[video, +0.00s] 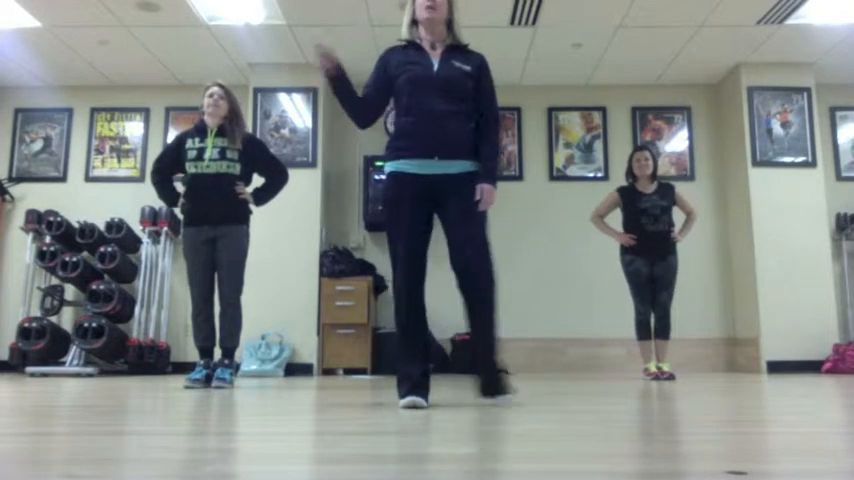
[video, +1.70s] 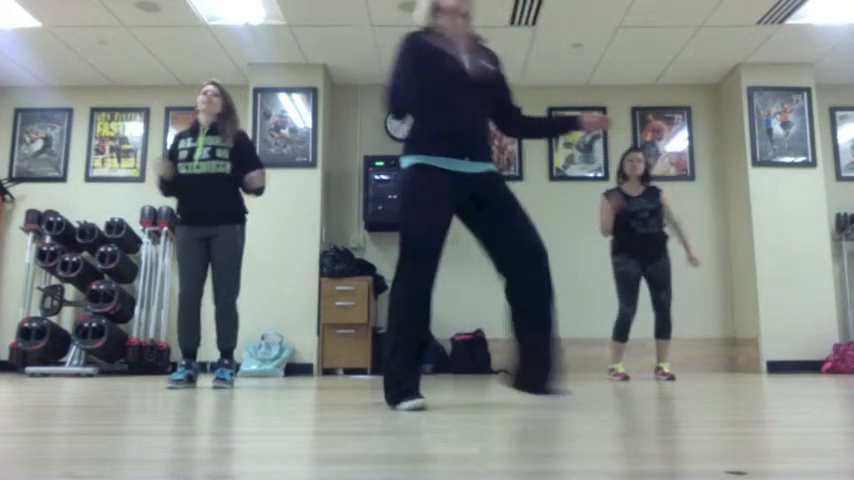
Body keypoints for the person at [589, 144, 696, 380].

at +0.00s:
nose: (642, 164)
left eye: (646, 160)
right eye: (638, 161)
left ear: (654, 163)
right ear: (631, 166)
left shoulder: (667, 191)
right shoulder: (624, 193)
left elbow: (692, 213)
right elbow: (595, 217)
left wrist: (680, 235)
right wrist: (617, 235)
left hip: (665, 253)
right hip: (636, 255)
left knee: (663, 307)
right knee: (642, 309)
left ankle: (662, 362)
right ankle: (648, 363)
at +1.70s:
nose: (635, 164)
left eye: (639, 161)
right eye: (631, 161)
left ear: (645, 166)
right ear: (622, 165)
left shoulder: (656, 194)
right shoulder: (612, 196)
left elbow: (675, 223)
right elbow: (606, 230)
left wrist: (690, 250)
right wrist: (613, 210)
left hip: (656, 255)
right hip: (626, 256)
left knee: (663, 308)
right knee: (627, 310)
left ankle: (663, 363)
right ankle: (616, 364)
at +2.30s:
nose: (638, 163)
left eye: (640, 160)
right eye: (633, 160)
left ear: (643, 166)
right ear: (622, 166)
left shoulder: (649, 194)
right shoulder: (611, 190)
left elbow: (656, 231)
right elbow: (615, 210)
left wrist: (671, 264)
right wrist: (626, 181)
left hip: (645, 256)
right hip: (619, 256)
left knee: (676, 299)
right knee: (619, 307)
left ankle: (672, 358)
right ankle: (615, 365)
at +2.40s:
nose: (647, 165)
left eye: (650, 161)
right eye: (642, 160)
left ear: (654, 166)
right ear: (634, 165)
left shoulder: (658, 201)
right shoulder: (626, 190)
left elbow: (661, 239)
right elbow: (622, 220)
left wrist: (678, 269)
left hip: (650, 257)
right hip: (626, 254)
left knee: (670, 306)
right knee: (626, 306)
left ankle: (670, 364)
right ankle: (615, 364)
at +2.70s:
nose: (681, 176)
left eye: (683, 172)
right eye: (674, 172)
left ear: (687, 179)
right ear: (664, 177)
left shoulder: (679, 211)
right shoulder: (655, 200)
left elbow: (668, 251)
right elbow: (630, 222)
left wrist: (680, 278)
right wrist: (649, 211)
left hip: (658, 263)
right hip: (636, 256)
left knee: (678, 307)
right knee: (656, 302)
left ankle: (671, 365)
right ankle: (610, 336)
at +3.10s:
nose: (676, 170)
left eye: (679, 167)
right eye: (671, 167)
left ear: (684, 177)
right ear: (661, 174)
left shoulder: (683, 208)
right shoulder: (651, 196)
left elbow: (674, 244)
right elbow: (622, 204)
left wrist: (676, 274)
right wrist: (636, 198)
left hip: (659, 260)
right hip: (633, 252)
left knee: (677, 307)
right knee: (660, 289)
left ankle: (671, 365)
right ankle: (618, 329)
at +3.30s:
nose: (657, 163)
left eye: (660, 159)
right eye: (652, 159)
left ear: (665, 166)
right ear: (642, 164)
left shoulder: (669, 197)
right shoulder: (629, 192)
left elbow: (671, 232)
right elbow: (607, 220)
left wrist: (677, 262)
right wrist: (602, 213)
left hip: (656, 257)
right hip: (629, 254)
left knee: (667, 306)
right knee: (631, 302)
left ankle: (670, 364)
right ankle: (607, 354)